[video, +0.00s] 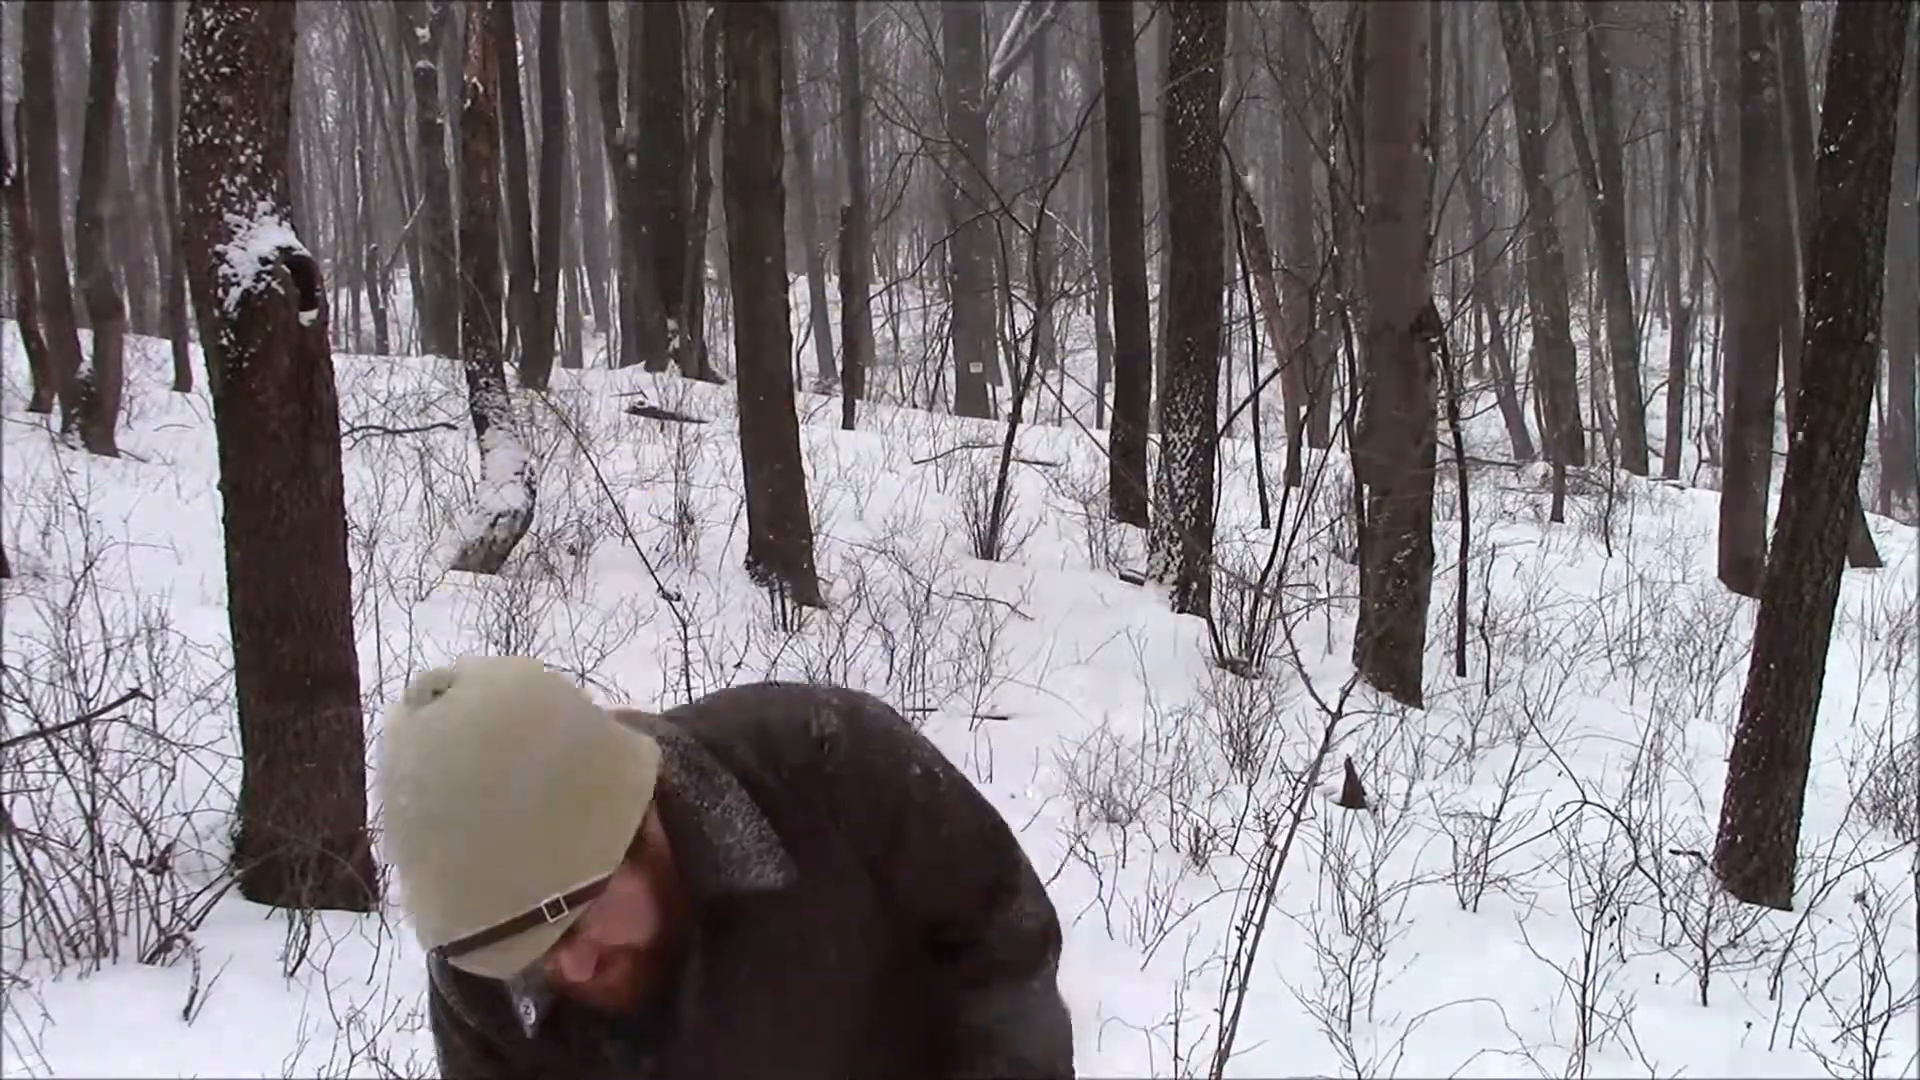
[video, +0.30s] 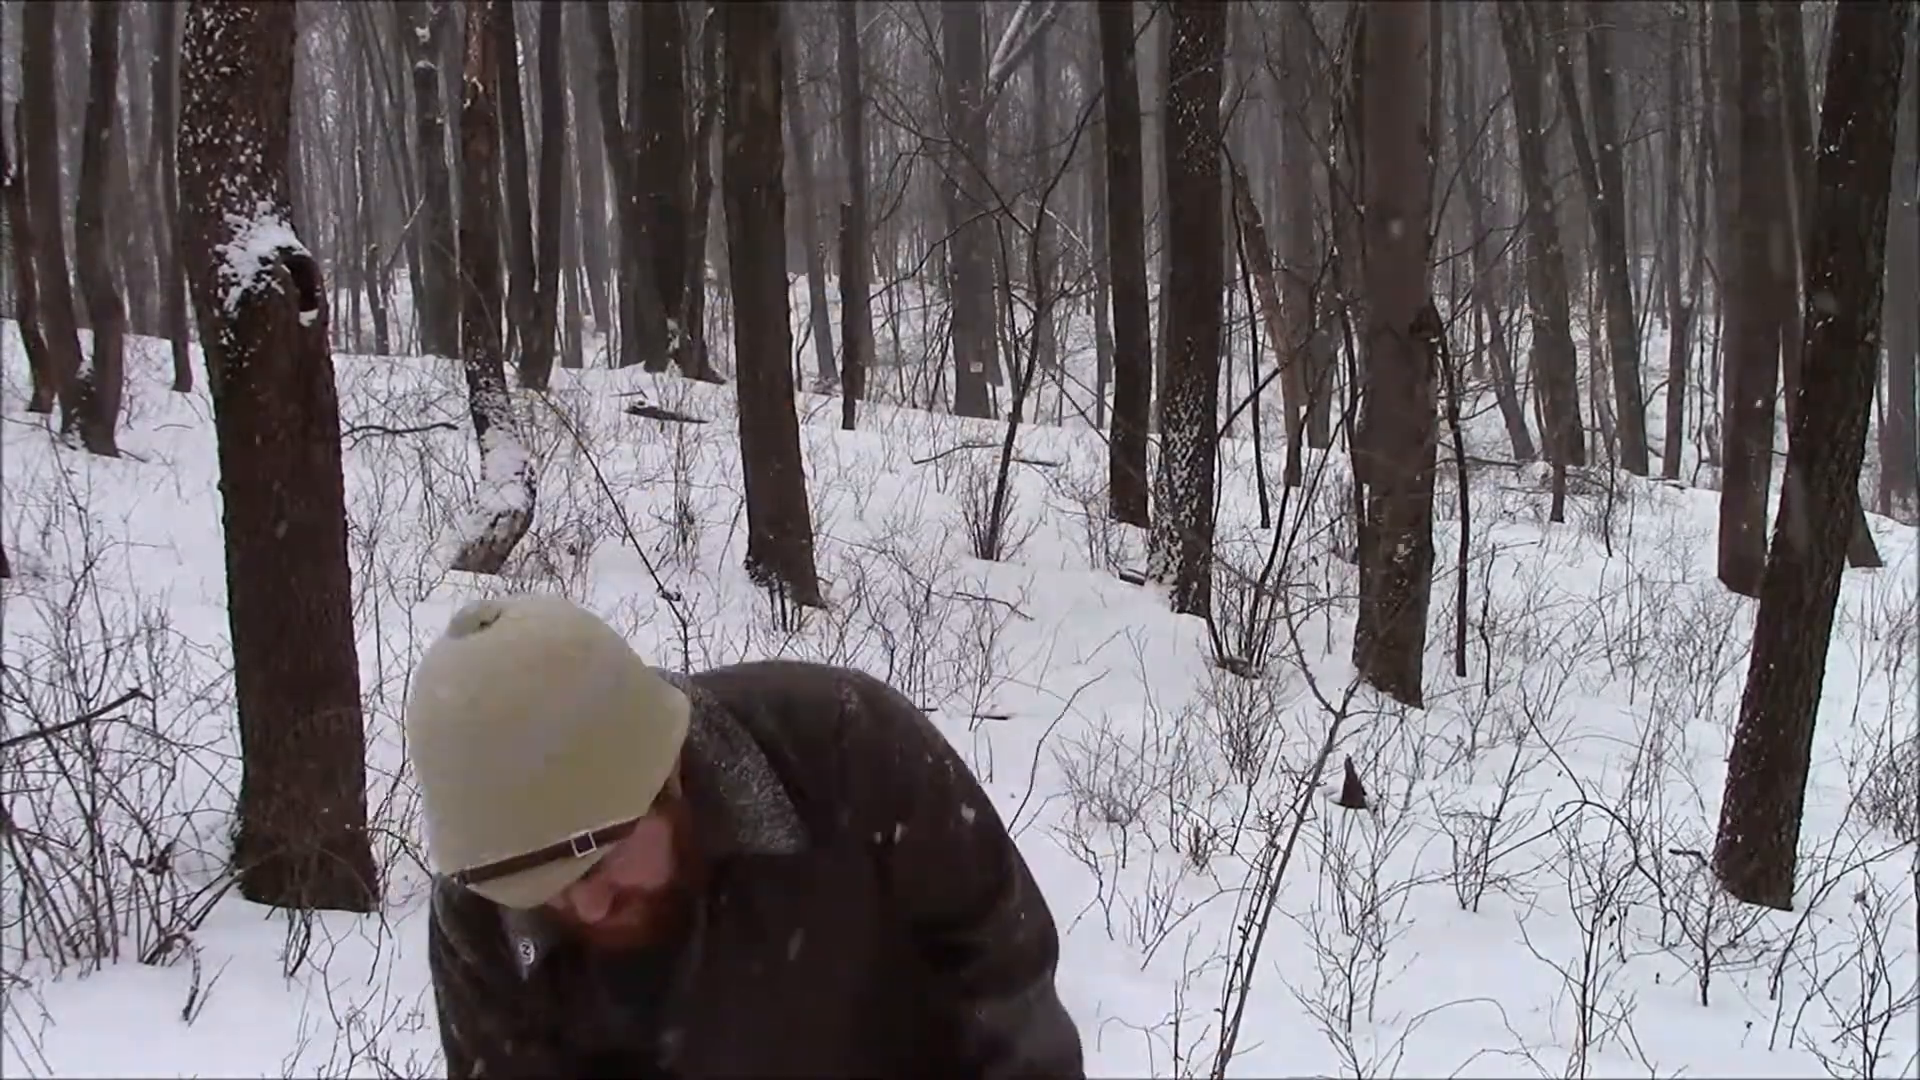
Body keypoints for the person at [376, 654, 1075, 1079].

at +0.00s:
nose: (574, 973)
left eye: (579, 922)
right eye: (523, 958)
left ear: (639, 818)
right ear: (463, 938)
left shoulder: (836, 763)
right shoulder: (479, 976)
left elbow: (1005, 935)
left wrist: (1006, 1061)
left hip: (907, 1046)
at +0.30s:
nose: (586, 907)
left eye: (603, 854)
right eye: (535, 891)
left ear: (664, 767)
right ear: (472, 863)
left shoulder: (849, 744)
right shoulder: (476, 920)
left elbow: (1004, 963)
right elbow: (497, 1068)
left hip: (906, 1055)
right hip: (725, 1060)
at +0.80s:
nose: (718, 408)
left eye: (757, 370)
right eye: (696, 366)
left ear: (842, 376)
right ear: (665, 367)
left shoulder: (969, 549)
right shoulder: (605, 536)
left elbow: (1009, 794)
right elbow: (501, 738)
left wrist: (844, 915)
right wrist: (347, 873)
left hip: (932, 1017)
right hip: (680, 1012)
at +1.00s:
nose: (808, 336)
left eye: (844, 298)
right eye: (784, 300)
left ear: (922, 318)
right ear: (752, 315)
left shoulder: (1034, 508)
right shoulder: (683, 500)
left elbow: (1142, 725)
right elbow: (627, 711)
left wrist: (1071, 894)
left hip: (961, 1010)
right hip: (719, 1005)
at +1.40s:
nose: (880, 320)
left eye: (908, 285)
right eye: (853, 292)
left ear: (985, 293)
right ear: (827, 317)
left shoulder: (1128, 483)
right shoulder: (774, 514)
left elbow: (1243, 690)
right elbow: (722, 726)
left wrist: (1218, 861)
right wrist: (699, 860)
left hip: (1080, 1011)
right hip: (832, 1014)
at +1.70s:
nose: (876, 314)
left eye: (902, 277)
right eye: (846, 289)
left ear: (975, 283)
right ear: (819, 317)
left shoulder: (1124, 465)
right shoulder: (771, 513)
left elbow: (1230, 637)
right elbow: (697, 710)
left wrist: (1145, 727)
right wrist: (597, 788)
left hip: (1083, 989)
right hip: (844, 1000)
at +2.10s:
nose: (858, 333)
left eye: (882, 290)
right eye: (827, 303)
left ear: (961, 289)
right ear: (798, 327)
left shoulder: (1116, 474)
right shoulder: (748, 520)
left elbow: (1228, 670)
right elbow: (699, 759)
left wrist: (1258, 825)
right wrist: (764, 956)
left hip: (1078, 1017)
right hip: (842, 1029)